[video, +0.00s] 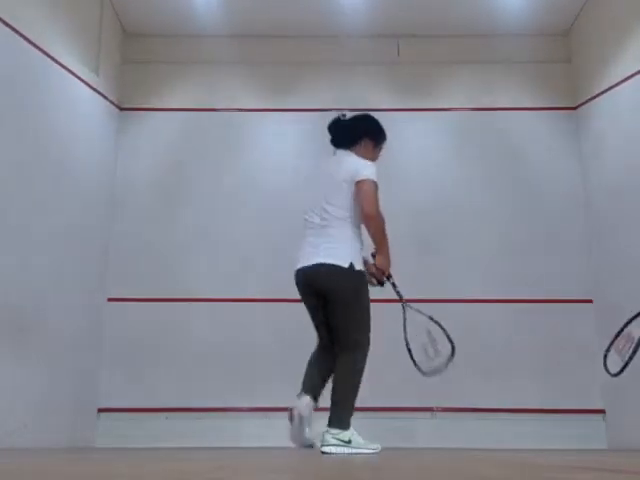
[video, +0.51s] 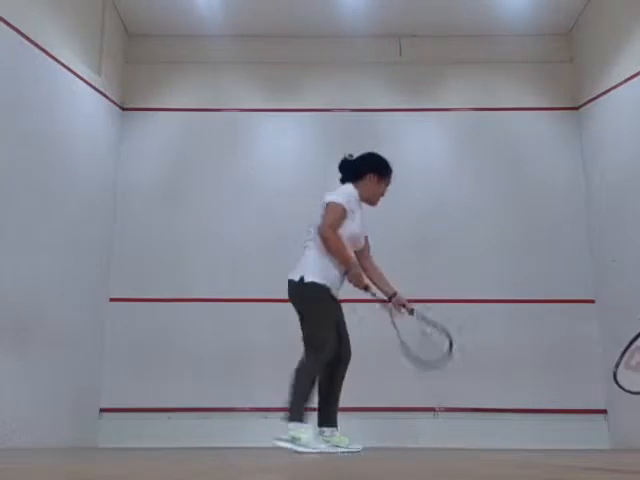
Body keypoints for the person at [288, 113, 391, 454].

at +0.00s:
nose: (377, 155)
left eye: (379, 148)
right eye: (377, 148)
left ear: (348, 143)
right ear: (364, 142)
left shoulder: (326, 168)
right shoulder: (361, 167)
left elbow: (334, 226)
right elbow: (369, 213)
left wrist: (363, 263)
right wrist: (383, 252)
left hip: (307, 270)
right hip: (341, 271)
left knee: (328, 343)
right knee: (354, 348)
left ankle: (305, 400)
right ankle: (338, 431)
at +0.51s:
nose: (383, 193)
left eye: (386, 188)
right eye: (383, 185)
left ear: (370, 182)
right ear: (368, 178)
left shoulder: (357, 215)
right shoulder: (343, 196)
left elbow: (366, 261)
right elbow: (327, 232)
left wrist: (391, 294)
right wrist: (351, 267)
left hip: (324, 289)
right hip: (308, 285)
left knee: (340, 354)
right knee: (320, 349)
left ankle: (327, 429)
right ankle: (295, 423)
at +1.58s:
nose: (357, 176)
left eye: (356, 171)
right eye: (355, 171)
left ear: (324, 174)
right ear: (347, 172)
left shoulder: (310, 203)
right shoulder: (350, 196)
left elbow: (279, 233)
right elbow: (366, 240)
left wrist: (251, 255)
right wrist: (345, 228)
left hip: (301, 290)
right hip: (324, 290)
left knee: (325, 361)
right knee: (336, 358)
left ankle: (323, 429)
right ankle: (300, 418)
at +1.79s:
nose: (349, 170)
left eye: (349, 165)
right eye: (348, 165)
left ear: (316, 165)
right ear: (340, 166)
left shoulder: (298, 196)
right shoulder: (346, 191)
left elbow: (261, 225)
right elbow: (366, 239)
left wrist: (221, 249)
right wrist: (345, 246)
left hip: (295, 287)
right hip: (327, 284)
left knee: (315, 359)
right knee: (337, 357)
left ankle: (323, 431)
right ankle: (322, 431)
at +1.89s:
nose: (347, 163)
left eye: (346, 157)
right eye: (346, 157)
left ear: (313, 159)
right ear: (338, 159)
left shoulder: (293, 190)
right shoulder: (344, 185)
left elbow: (263, 230)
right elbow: (366, 231)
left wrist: (231, 265)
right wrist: (350, 263)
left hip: (289, 281)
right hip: (324, 279)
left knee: (309, 351)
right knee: (338, 355)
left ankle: (300, 426)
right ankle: (324, 431)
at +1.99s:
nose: (337, 156)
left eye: (336, 151)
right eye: (336, 151)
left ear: (302, 151)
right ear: (328, 152)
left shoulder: (281, 185)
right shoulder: (336, 178)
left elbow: (267, 237)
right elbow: (356, 222)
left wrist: (256, 277)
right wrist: (357, 269)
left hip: (279, 276)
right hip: (318, 275)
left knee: (287, 347)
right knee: (332, 352)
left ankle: (253, 410)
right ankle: (323, 431)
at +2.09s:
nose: (324, 151)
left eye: (323, 145)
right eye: (322, 146)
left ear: (288, 146)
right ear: (314, 147)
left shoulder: (268, 177)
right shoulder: (323, 172)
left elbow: (270, 223)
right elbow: (339, 215)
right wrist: (360, 261)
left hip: (266, 274)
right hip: (308, 274)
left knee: (256, 348)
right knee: (327, 354)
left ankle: (215, 402)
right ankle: (325, 432)